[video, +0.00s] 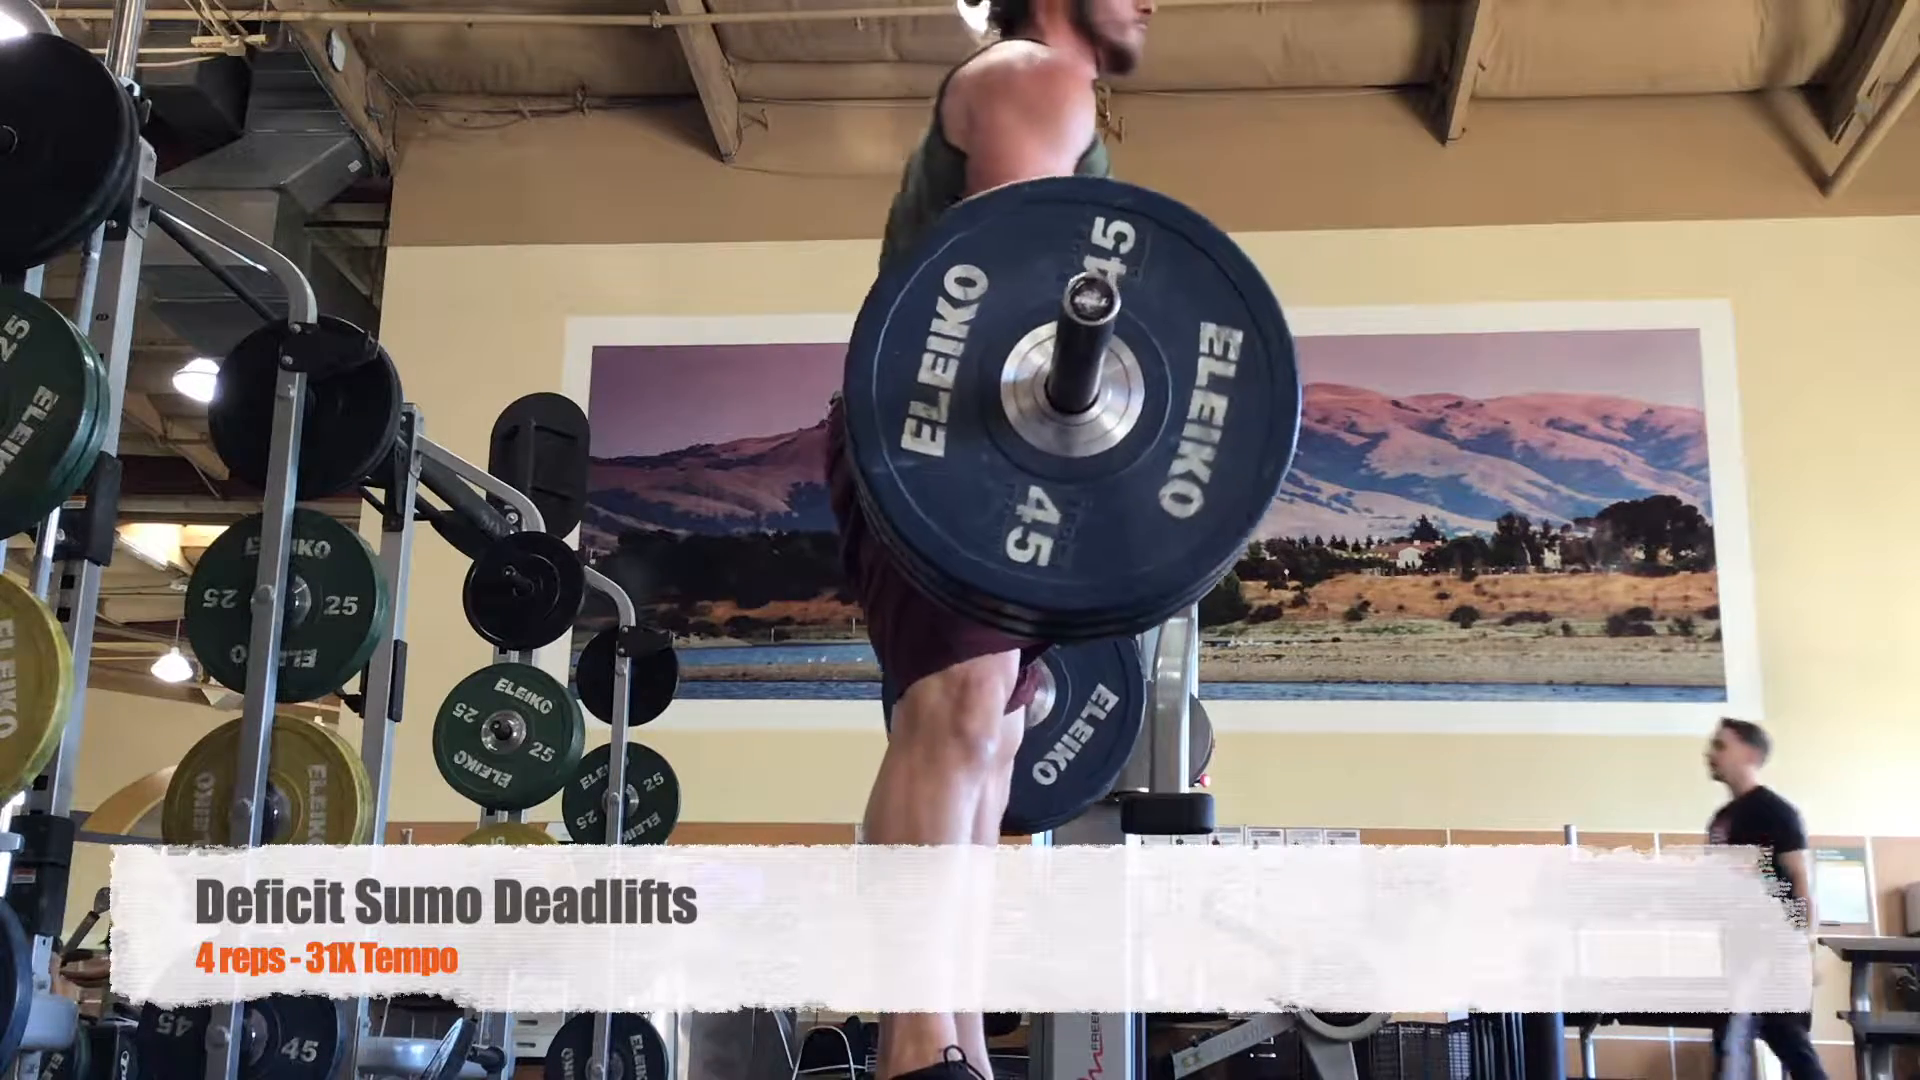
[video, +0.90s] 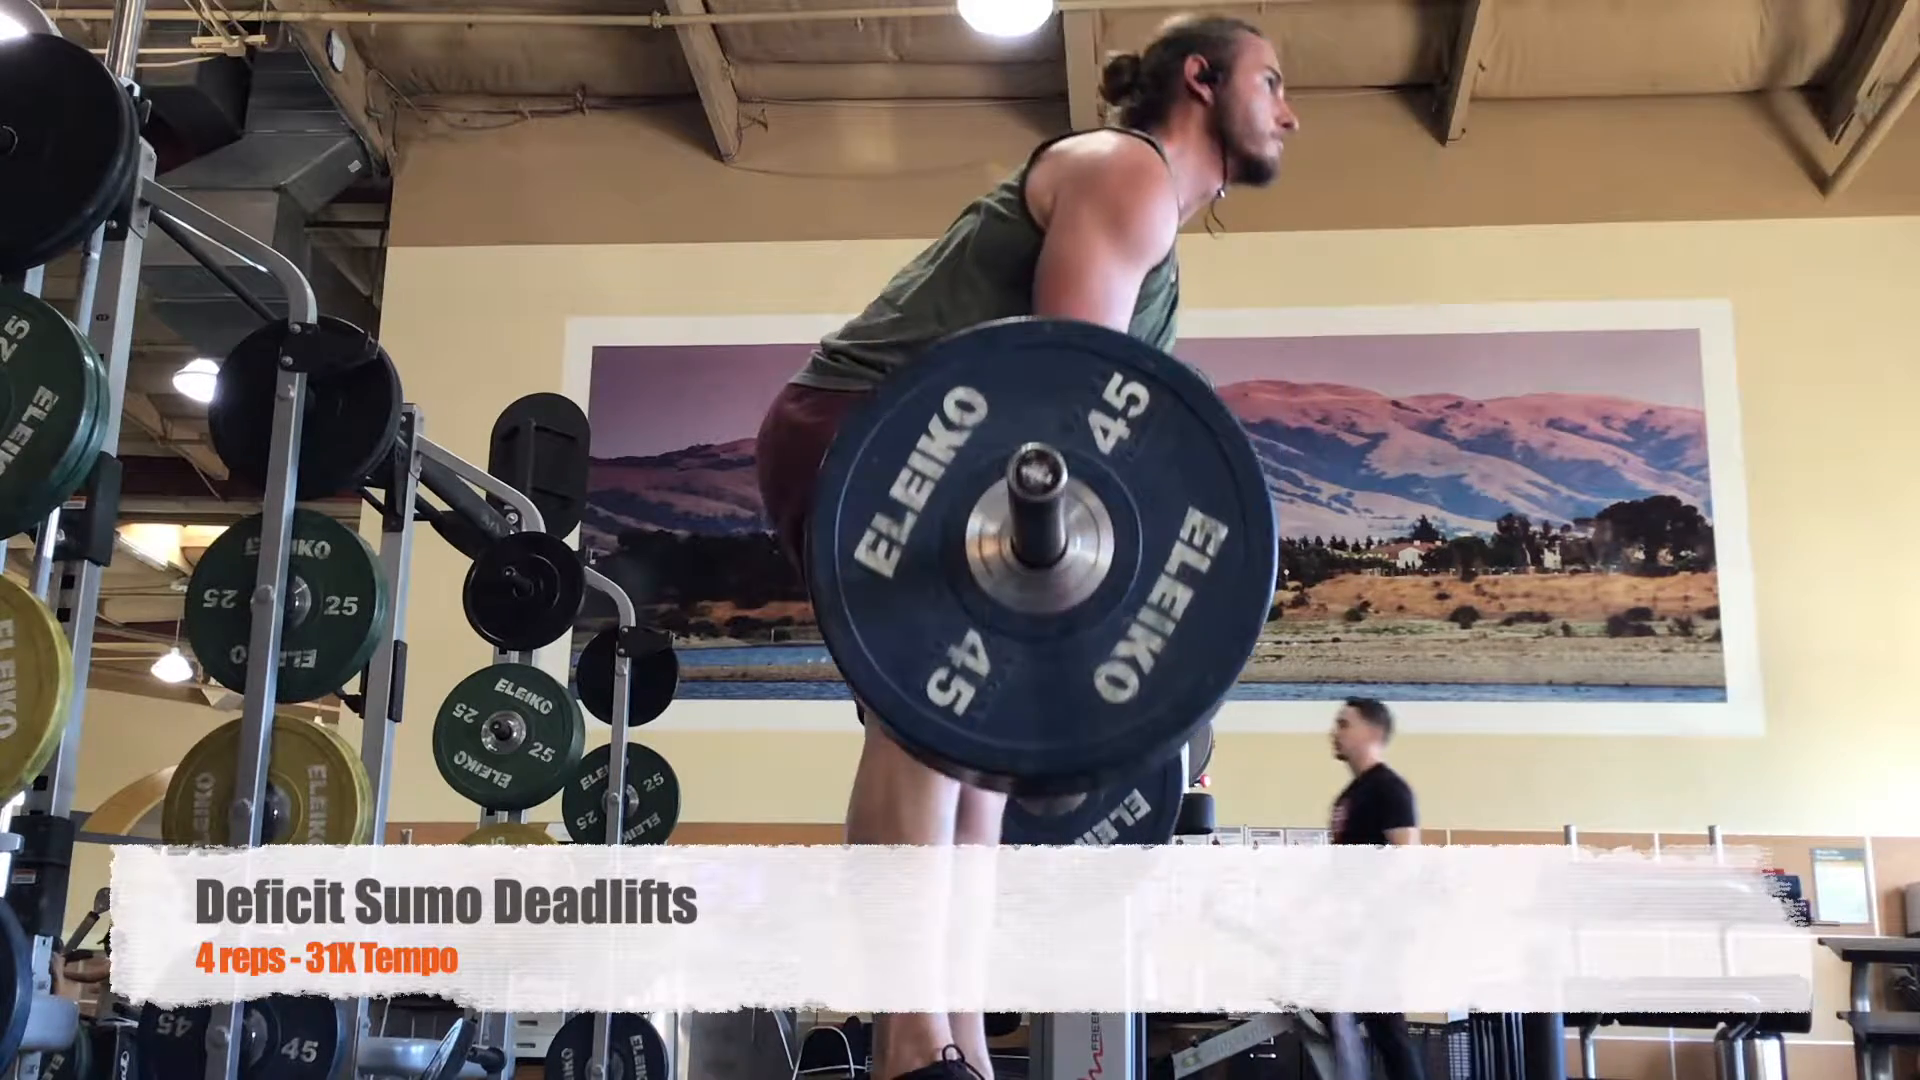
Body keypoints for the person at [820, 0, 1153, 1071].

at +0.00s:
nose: (1148, 6)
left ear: (1058, 14)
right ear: (1061, 1)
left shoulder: (1053, 96)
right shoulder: (1031, 75)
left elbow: (1035, 328)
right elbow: (1030, 312)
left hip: (981, 443)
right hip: (926, 430)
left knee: (996, 718)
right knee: (961, 704)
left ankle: (953, 1035)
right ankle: (914, 1047)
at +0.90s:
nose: (1289, 111)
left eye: (1287, 91)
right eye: (1271, 84)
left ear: (1205, 91)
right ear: (1199, 85)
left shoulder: (1158, 223)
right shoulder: (1127, 174)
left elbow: (1092, 413)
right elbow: (1068, 389)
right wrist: (1078, 584)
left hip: (919, 443)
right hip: (848, 423)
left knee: (985, 727)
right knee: (920, 712)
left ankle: (956, 1034)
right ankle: (907, 1041)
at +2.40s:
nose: (1387, 342)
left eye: (1390, 320)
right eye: (1375, 308)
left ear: (1304, 294)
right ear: (1301, 286)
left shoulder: (1199, 467)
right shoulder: (1176, 354)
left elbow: (1141, 630)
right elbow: (1082, 582)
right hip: (840, 458)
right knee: (978, 727)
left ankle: (933, 1032)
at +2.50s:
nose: (1361, 258)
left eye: (1364, 235)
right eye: (1350, 225)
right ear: (1274, 206)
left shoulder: (1189, 395)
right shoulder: (1165, 286)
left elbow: (1145, 543)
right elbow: (1089, 502)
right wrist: (1091, 661)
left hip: (911, 466)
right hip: (840, 434)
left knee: (981, 728)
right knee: (945, 713)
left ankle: (965, 1037)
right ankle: (922, 1039)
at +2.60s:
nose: (1313, 149)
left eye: (1312, 133)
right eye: (1295, 125)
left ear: (1229, 134)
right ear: (1224, 123)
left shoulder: (1173, 311)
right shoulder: (1142, 208)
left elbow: (1177, 454)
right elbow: (1085, 397)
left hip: (910, 446)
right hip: (849, 422)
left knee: (974, 728)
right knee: (941, 713)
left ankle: (956, 1038)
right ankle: (922, 1040)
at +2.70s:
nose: (1246, 57)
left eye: (1237, 35)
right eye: (1224, 31)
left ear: (1162, 60)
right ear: (1161, 54)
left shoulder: (1136, 168)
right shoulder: (1114, 133)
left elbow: (1080, 349)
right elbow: (1060, 311)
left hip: (934, 429)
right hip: (858, 413)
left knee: (978, 722)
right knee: (921, 705)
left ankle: (959, 1031)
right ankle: (912, 1039)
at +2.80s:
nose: (1175, 4)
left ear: (1076, 9)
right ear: (1090, 1)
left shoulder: (1078, 104)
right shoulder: (1052, 82)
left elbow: (1060, 322)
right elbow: (1038, 305)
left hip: (990, 442)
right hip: (912, 426)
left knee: (1003, 724)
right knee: (953, 711)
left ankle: (965, 1037)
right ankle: (913, 1045)